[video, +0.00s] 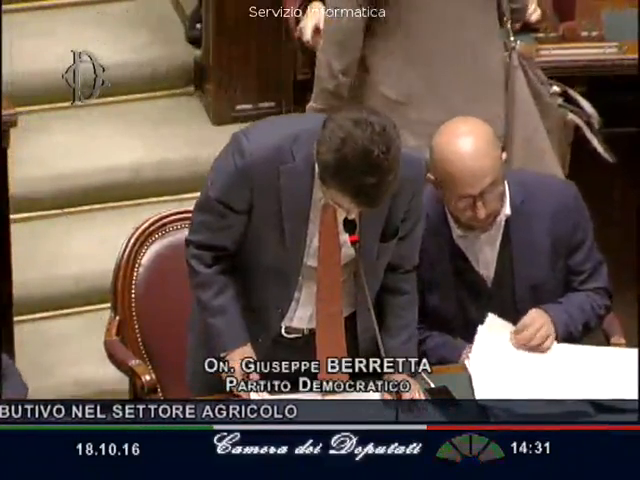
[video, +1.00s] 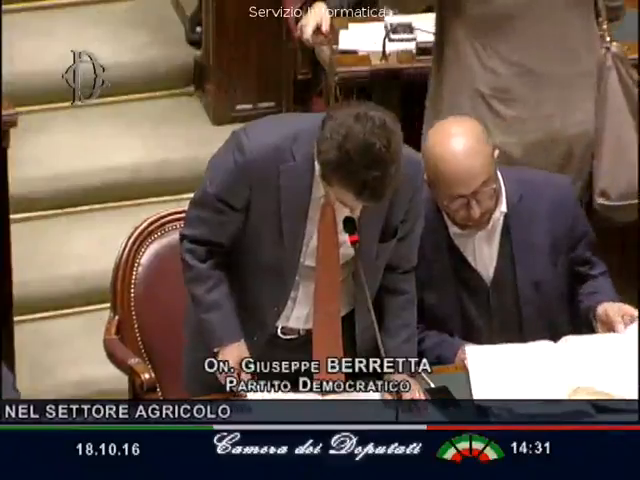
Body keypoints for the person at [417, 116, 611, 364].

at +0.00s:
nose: (480, 211)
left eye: (489, 192)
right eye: (464, 199)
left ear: (503, 160)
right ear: (434, 181)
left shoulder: (558, 201)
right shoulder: (414, 222)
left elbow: (595, 292)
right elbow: (404, 326)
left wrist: (554, 319)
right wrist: (463, 354)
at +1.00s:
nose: (475, 211)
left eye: (484, 191)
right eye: (457, 200)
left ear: (495, 156)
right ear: (429, 182)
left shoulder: (554, 198)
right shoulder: (409, 222)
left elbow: (587, 272)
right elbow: (398, 324)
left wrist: (603, 306)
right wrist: (455, 353)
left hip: (556, 375)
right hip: (459, 385)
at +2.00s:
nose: (479, 207)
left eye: (484, 187)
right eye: (460, 199)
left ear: (492, 158)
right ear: (430, 189)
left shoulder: (552, 198)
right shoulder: (409, 225)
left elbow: (595, 283)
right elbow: (403, 329)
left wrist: (556, 312)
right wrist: (458, 354)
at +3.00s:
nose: (476, 208)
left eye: (482, 188)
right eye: (458, 199)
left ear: (492, 158)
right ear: (430, 187)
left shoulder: (553, 198)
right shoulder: (408, 224)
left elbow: (594, 282)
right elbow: (401, 326)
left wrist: (578, 310)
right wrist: (448, 350)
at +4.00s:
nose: (473, 210)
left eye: (481, 191)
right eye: (455, 199)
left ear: (493, 158)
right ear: (428, 185)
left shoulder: (551, 195)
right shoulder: (407, 220)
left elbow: (587, 273)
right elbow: (391, 323)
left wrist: (616, 310)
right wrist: (438, 345)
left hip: (554, 376)